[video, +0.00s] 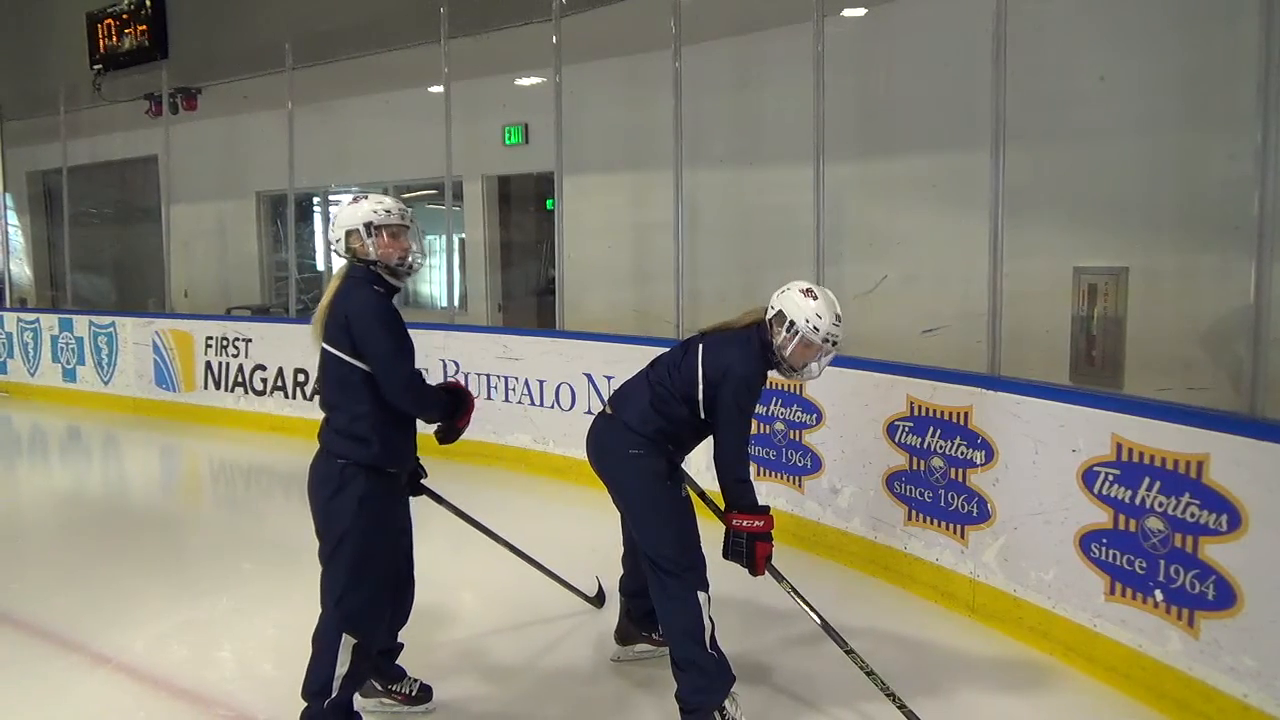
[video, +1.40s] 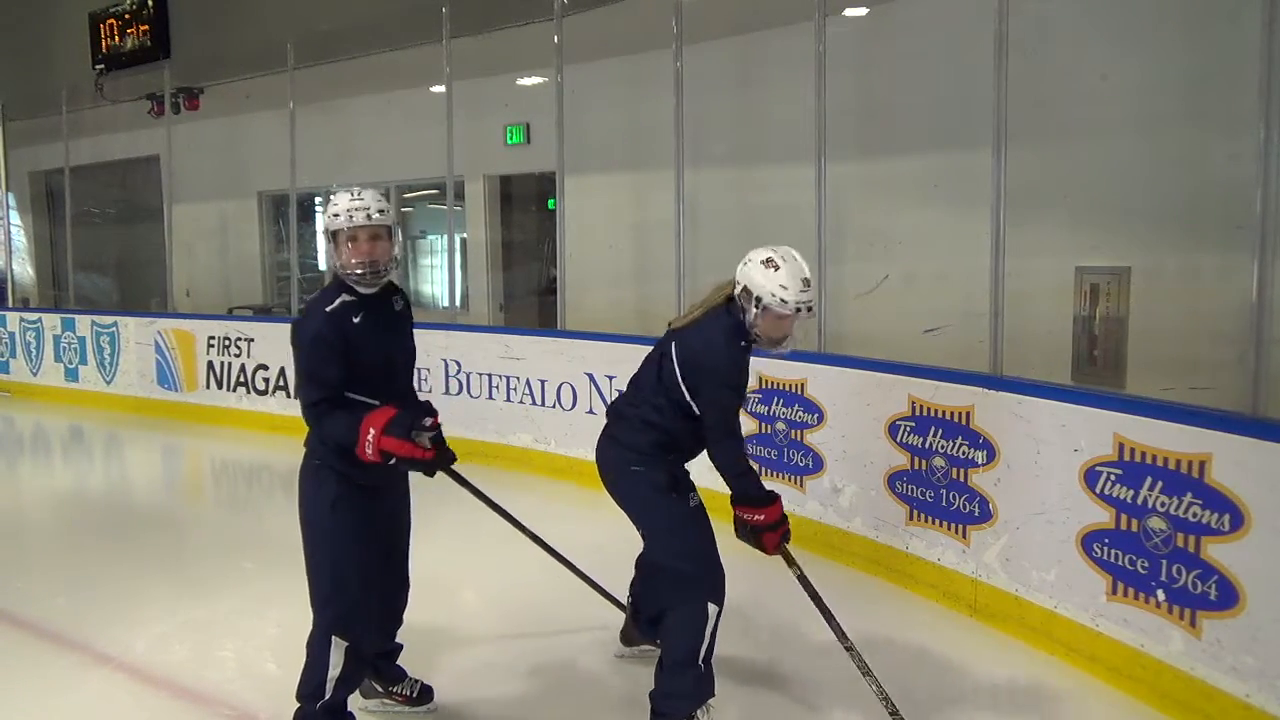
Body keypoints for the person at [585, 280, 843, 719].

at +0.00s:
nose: (809, 359)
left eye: (818, 351)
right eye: (805, 345)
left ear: (825, 348)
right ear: (780, 327)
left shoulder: (744, 345)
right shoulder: (743, 365)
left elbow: (730, 441)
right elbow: (731, 450)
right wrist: (749, 519)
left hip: (620, 436)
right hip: (635, 446)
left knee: (645, 535)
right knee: (680, 570)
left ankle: (637, 625)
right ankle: (705, 704)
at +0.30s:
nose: (807, 357)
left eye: (816, 349)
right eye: (803, 343)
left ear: (823, 347)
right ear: (779, 326)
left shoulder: (742, 343)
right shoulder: (743, 365)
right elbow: (731, 451)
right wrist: (749, 520)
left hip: (618, 437)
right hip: (636, 447)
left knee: (647, 536)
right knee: (682, 570)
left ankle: (638, 625)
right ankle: (706, 704)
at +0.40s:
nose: (804, 356)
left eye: (812, 348)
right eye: (800, 342)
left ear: (819, 345)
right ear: (775, 325)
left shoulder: (738, 340)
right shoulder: (741, 365)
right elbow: (731, 451)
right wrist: (751, 519)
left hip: (618, 440)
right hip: (638, 452)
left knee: (656, 540)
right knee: (691, 572)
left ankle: (641, 625)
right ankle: (697, 705)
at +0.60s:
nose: (795, 342)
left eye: (803, 332)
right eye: (788, 329)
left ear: (812, 324)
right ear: (761, 315)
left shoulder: (730, 327)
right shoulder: (731, 358)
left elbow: (676, 370)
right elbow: (735, 451)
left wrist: (692, 426)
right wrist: (760, 520)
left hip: (649, 446)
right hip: (633, 451)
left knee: (669, 542)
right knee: (689, 577)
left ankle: (642, 625)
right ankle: (684, 706)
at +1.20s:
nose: (745, 354)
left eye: (756, 342)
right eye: (733, 343)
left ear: (770, 331)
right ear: (712, 331)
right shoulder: (691, 370)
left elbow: (737, 374)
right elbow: (721, 461)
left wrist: (742, 401)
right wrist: (776, 514)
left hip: (677, 458)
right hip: (641, 462)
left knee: (679, 540)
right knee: (704, 579)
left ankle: (637, 616)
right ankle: (672, 708)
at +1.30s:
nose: (765, 340)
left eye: (775, 328)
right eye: (755, 327)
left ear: (788, 319)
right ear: (731, 314)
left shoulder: (724, 329)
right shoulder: (707, 359)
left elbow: (717, 433)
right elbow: (719, 448)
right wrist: (766, 504)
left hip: (659, 456)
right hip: (642, 462)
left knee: (678, 541)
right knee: (706, 579)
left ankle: (637, 623)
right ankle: (672, 708)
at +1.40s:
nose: (789, 329)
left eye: (795, 317)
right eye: (780, 317)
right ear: (749, 304)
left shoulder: (722, 317)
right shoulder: (719, 348)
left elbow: (722, 429)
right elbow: (723, 442)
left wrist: (746, 491)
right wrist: (759, 504)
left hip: (643, 451)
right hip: (640, 459)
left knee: (673, 539)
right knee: (700, 578)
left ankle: (643, 626)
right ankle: (676, 708)